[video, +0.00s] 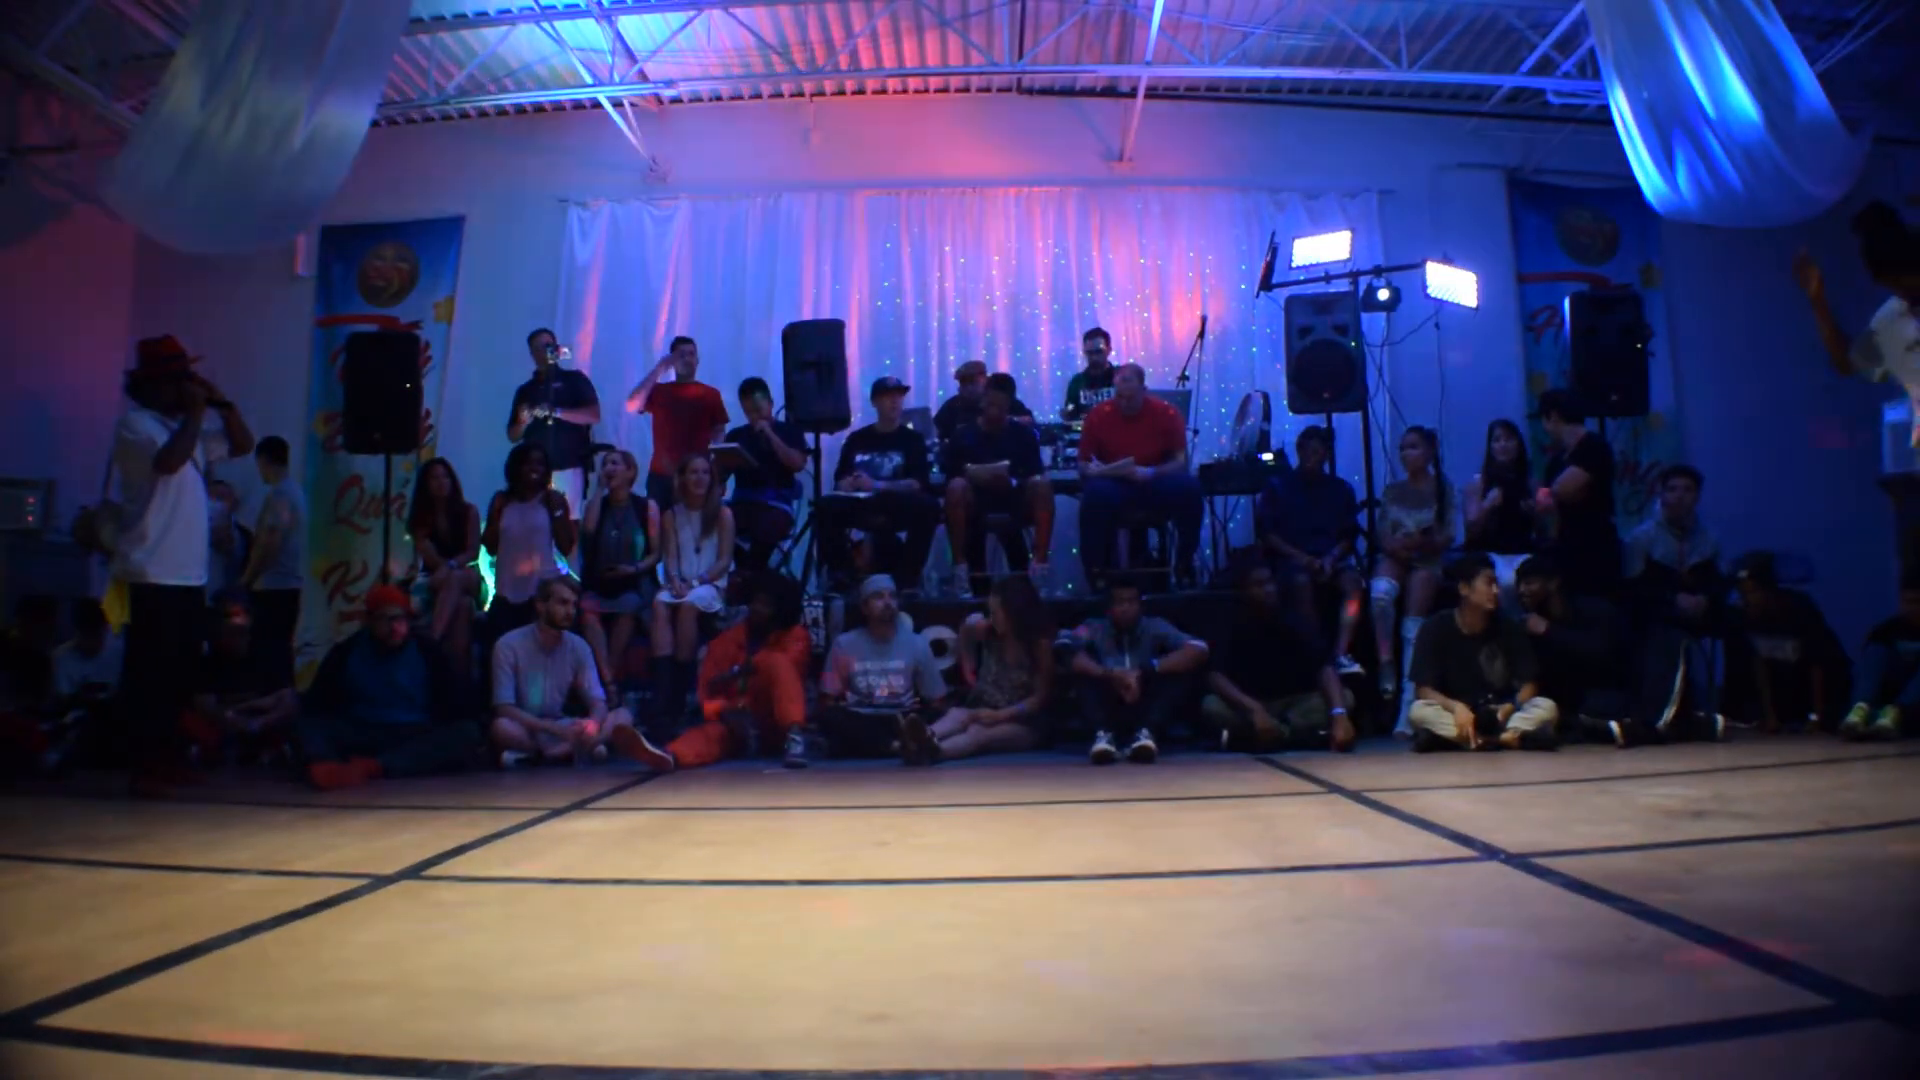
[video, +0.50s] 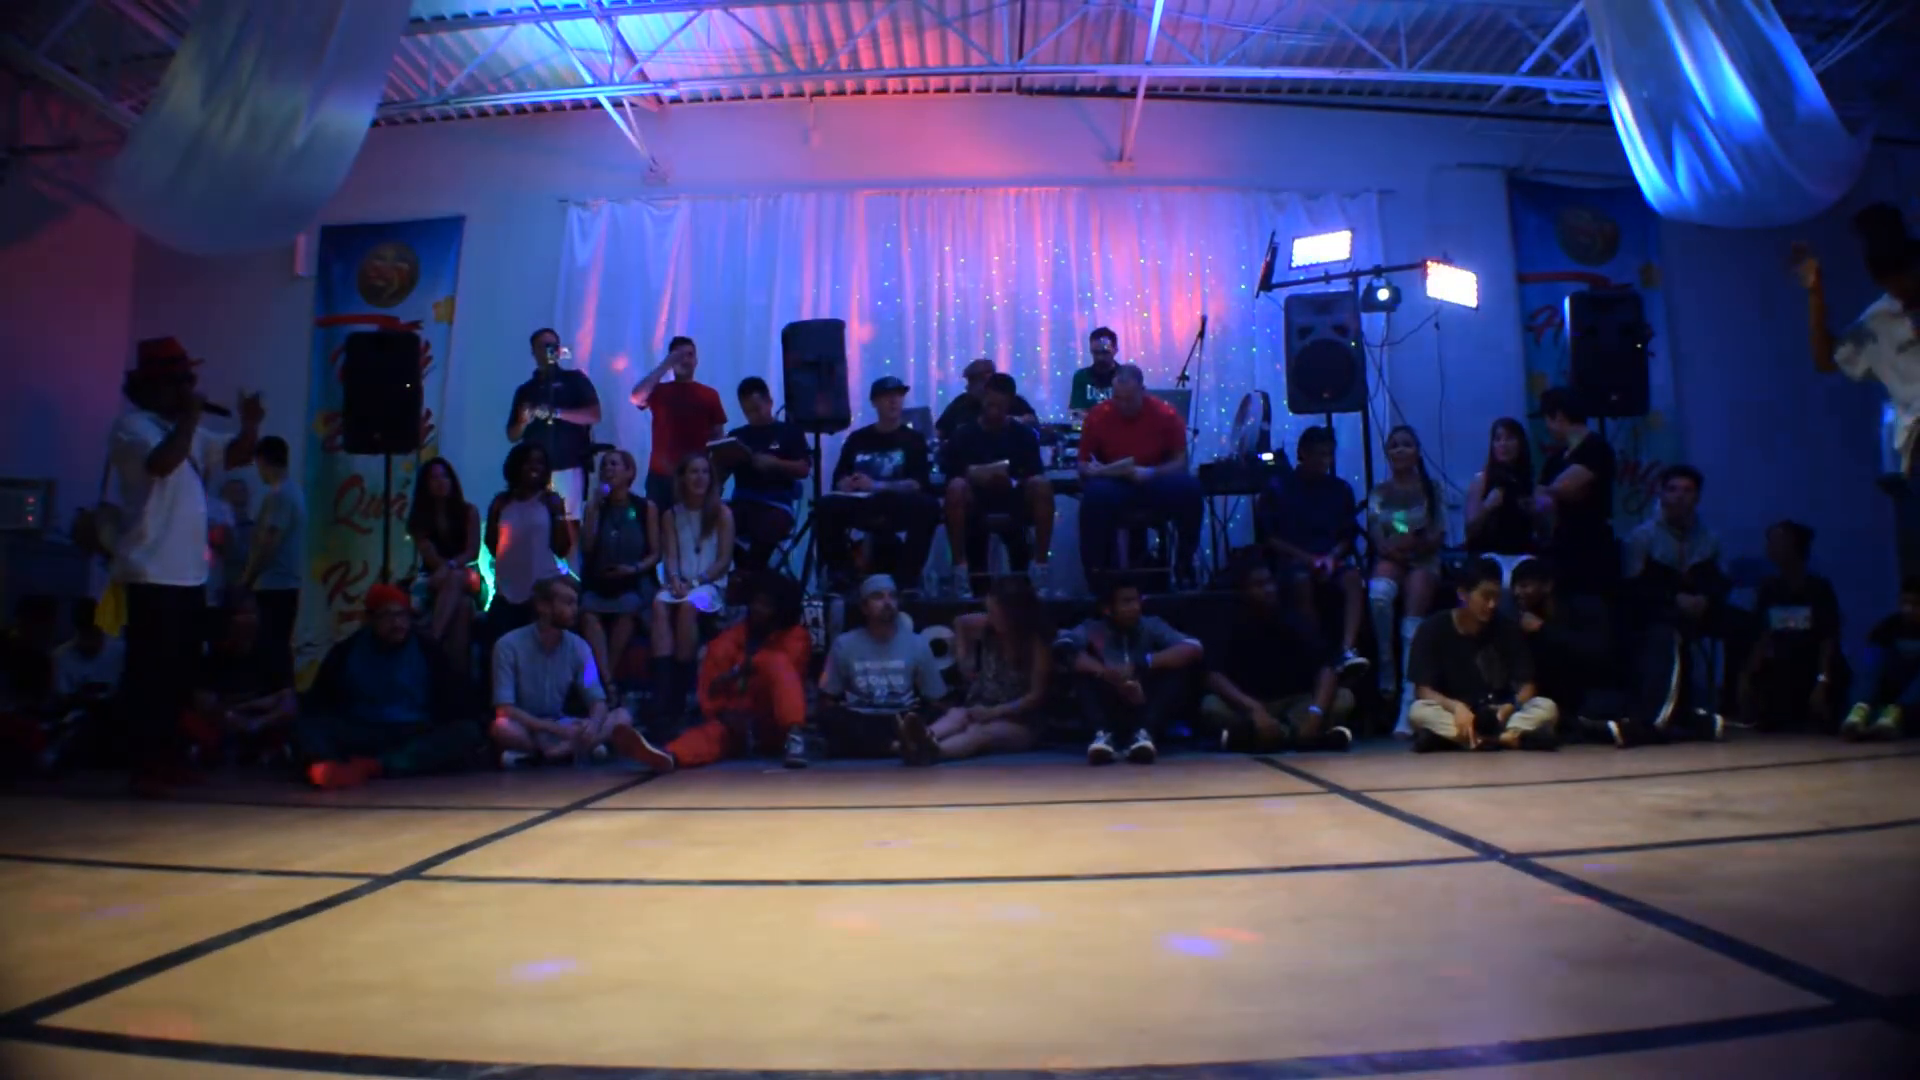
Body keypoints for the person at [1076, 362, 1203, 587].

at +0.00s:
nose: (1125, 402)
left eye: (1130, 396)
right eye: (1120, 396)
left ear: (1143, 390)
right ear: (1114, 392)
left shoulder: (1166, 414)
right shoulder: (1098, 416)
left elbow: (1180, 462)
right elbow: (1085, 464)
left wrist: (1151, 473)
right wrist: (1110, 470)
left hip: (1154, 484)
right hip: (1116, 484)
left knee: (1189, 491)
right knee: (1095, 494)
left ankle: (1184, 567)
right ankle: (1097, 573)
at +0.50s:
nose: (1123, 405)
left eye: (1129, 399)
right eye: (1118, 398)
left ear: (1142, 392)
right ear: (1112, 393)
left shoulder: (1165, 415)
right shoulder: (1098, 416)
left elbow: (1180, 462)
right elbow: (1084, 464)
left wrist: (1150, 473)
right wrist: (1109, 470)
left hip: (1154, 483)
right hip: (1115, 483)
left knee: (1189, 490)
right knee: (1095, 496)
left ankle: (1184, 567)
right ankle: (1097, 575)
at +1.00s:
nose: (1120, 405)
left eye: (1126, 399)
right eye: (1116, 398)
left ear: (1141, 392)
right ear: (1111, 393)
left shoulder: (1165, 415)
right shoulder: (1096, 417)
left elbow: (1180, 462)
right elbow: (1085, 465)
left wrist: (1150, 473)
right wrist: (1109, 470)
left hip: (1153, 484)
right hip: (1115, 484)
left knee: (1188, 489)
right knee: (1095, 493)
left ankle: (1184, 568)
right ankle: (1096, 575)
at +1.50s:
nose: (1122, 405)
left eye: (1128, 399)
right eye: (1118, 399)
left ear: (1141, 392)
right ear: (1111, 394)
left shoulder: (1166, 415)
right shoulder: (1096, 418)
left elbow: (1180, 461)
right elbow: (1086, 464)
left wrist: (1151, 473)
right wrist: (1108, 471)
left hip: (1155, 484)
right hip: (1115, 484)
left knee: (1190, 490)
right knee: (1094, 495)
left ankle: (1185, 566)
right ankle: (1097, 574)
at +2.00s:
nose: (1123, 406)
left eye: (1128, 400)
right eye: (1118, 400)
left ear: (1140, 392)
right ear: (1111, 394)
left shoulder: (1166, 415)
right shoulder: (1096, 416)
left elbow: (1180, 463)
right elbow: (1086, 461)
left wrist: (1150, 473)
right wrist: (1095, 470)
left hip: (1154, 483)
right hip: (1114, 483)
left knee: (1189, 492)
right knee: (1095, 495)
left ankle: (1184, 568)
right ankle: (1097, 575)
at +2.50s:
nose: (1122, 405)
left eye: (1127, 399)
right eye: (1117, 399)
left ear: (1140, 392)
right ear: (1111, 393)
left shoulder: (1165, 414)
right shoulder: (1096, 416)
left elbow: (1180, 463)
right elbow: (1086, 464)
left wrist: (1150, 473)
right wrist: (1108, 471)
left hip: (1154, 482)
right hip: (1115, 483)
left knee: (1188, 490)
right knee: (1094, 495)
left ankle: (1184, 568)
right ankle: (1097, 575)